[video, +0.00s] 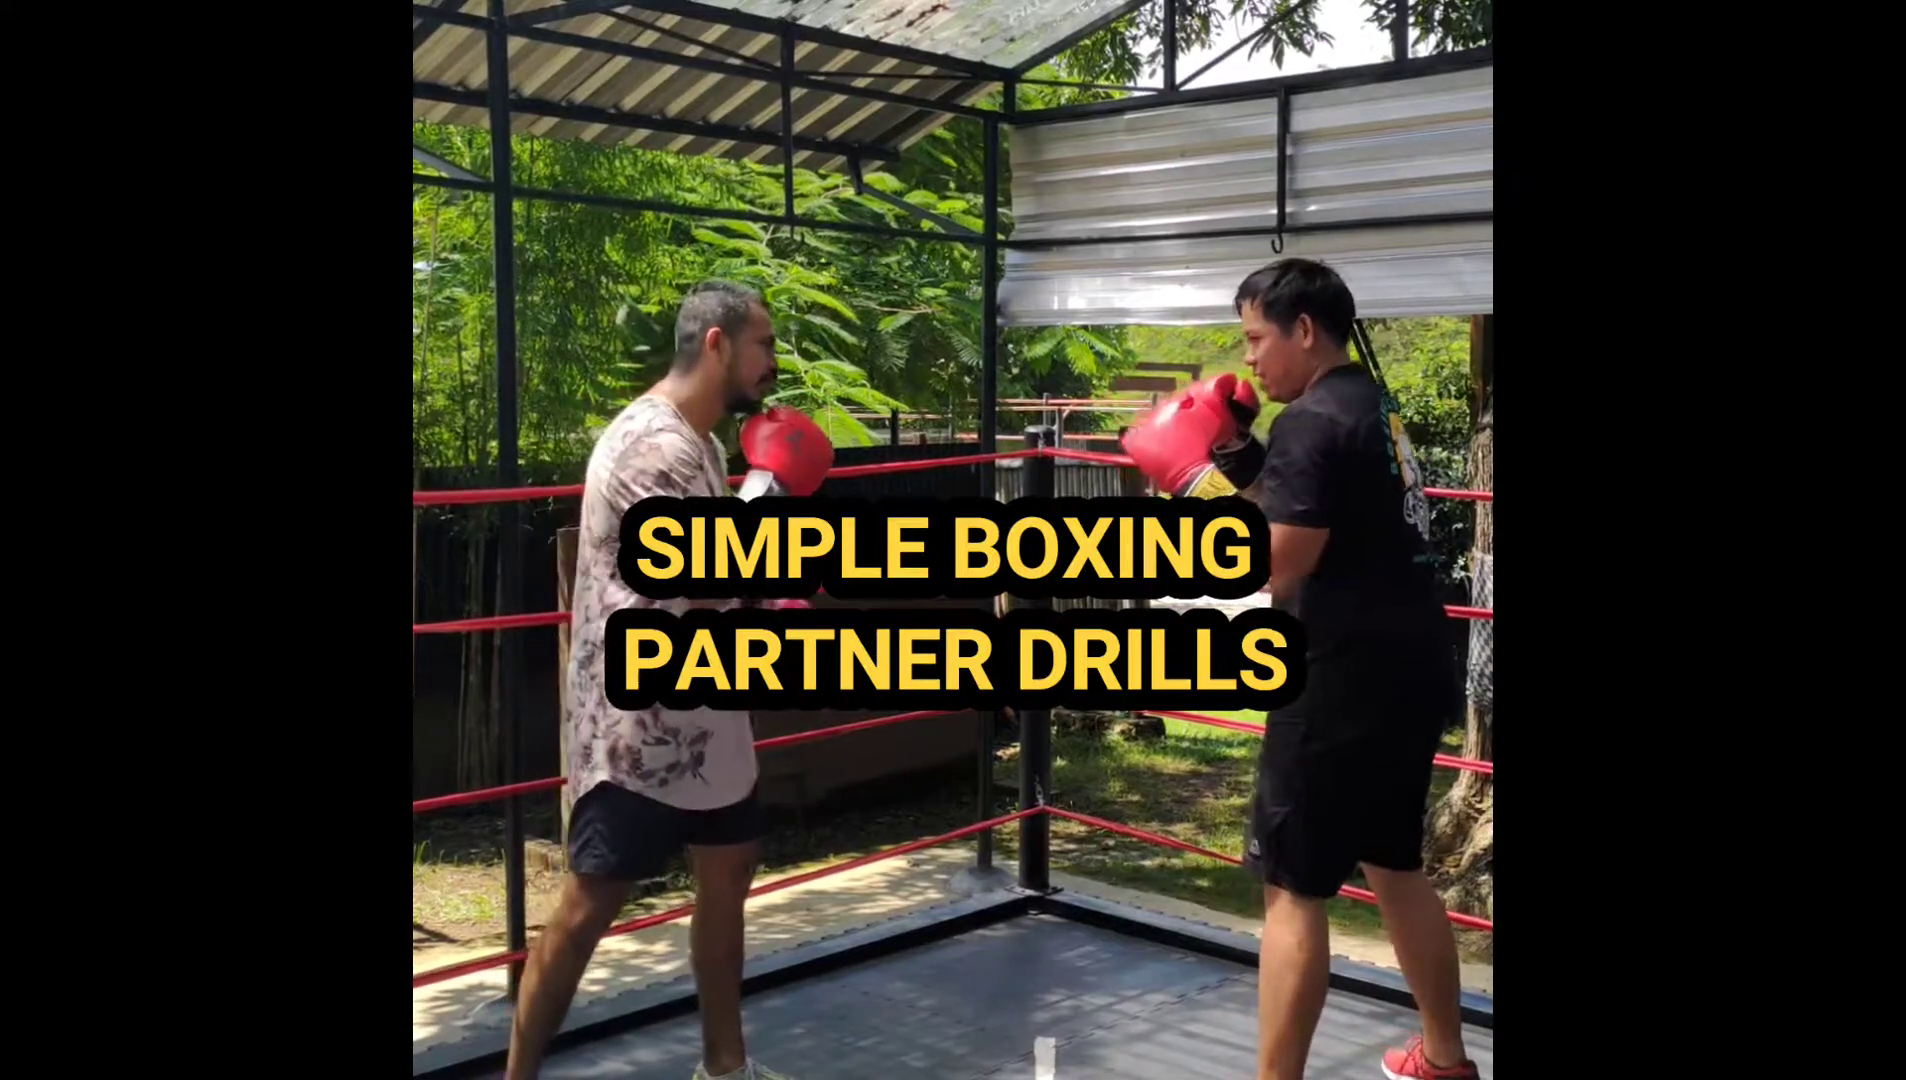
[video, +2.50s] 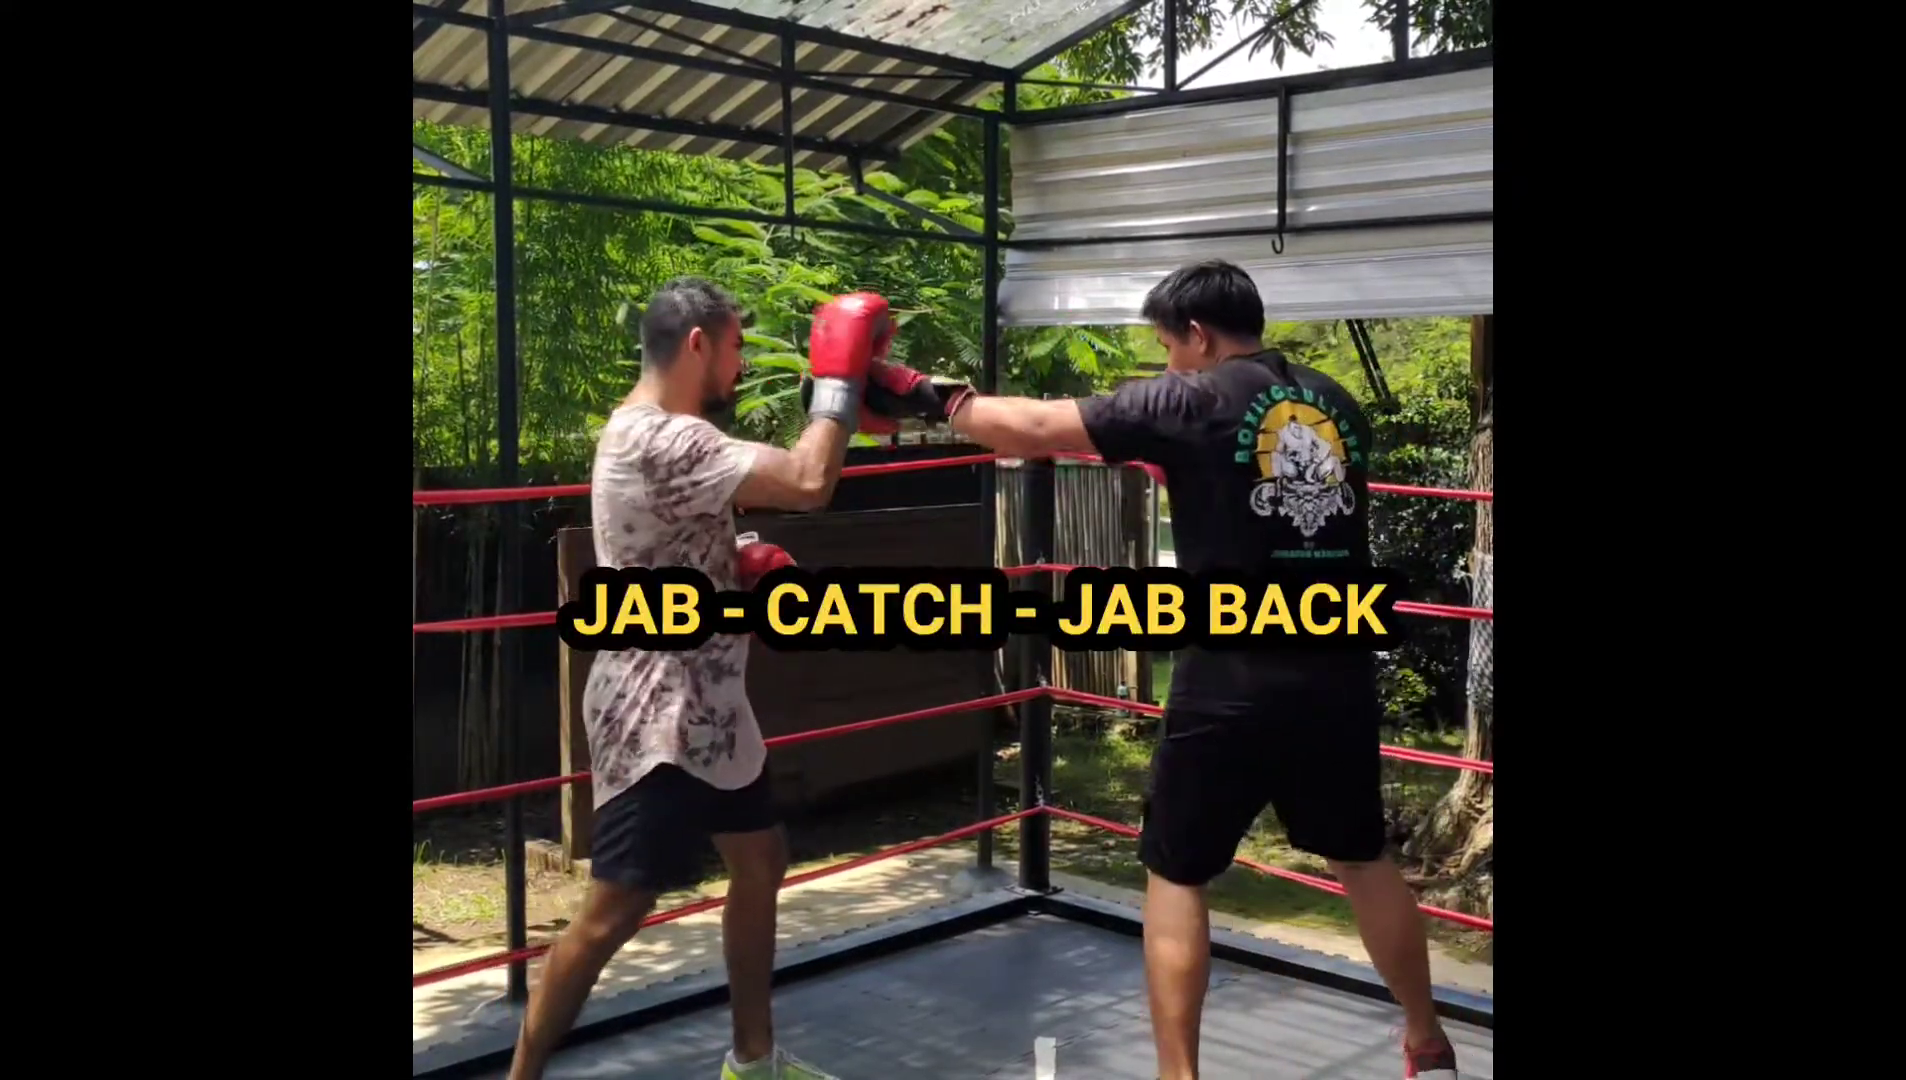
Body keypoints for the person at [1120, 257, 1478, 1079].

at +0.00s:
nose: (1249, 357)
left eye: (1256, 338)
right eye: (1246, 340)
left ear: (1307, 333)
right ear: (1320, 336)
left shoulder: (1315, 421)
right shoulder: (1361, 399)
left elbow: (1277, 570)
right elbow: (1311, 526)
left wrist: (1202, 472)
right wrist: (1237, 447)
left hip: (1339, 682)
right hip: (1406, 675)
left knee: (1294, 887)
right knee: (1396, 862)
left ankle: (1277, 1072)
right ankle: (1444, 1053)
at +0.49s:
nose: (1274, 355)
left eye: (1283, 337)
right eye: (1272, 338)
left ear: (1334, 333)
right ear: (1342, 337)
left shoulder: (1344, 419)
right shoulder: (1378, 402)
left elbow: (1276, 545)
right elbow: (1311, 513)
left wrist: (1220, 447)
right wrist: (1258, 442)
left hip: (1339, 688)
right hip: (1398, 681)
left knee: (1292, 884)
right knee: (1393, 865)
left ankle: (1276, 1072)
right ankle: (1444, 1055)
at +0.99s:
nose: (1255, 368)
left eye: (1257, 348)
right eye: (1249, 354)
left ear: (1305, 333)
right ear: (1320, 334)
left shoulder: (1327, 418)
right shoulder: (1369, 401)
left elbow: (1222, 522)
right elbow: (1267, 497)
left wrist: (1199, 420)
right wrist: (1236, 418)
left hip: (1330, 676)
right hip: (1395, 671)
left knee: (1282, 882)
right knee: (1389, 863)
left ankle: (1274, 1073)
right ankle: (1444, 1056)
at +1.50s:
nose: (1233, 362)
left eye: (1236, 345)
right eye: (1232, 346)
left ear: (1275, 340)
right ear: (1316, 336)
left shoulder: (1281, 414)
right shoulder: (1367, 397)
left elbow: (1150, 479)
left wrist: (1124, 383)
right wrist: (1219, 430)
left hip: (1339, 669)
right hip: (1425, 664)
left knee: (1281, 878)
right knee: (1393, 852)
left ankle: (1271, 1072)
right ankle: (1451, 1043)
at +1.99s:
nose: (1254, 383)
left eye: (1256, 366)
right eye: (1249, 370)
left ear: (1302, 353)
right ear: (1322, 352)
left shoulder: (1337, 431)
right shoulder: (1378, 415)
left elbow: (1272, 551)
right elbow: (1313, 531)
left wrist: (1223, 466)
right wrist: (1256, 450)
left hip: (1341, 689)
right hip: (1406, 688)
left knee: (1256, 880)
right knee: (1402, 874)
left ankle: (1223, 1072)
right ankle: (1463, 1058)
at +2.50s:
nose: (1165, 363)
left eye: (1165, 347)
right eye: (1161, 349)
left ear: (1199, 335)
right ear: (1255, 329)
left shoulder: (1191, 402)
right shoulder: (1336, 402)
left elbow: (1036, 429)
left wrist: (935, 399)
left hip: (1228, 689)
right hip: (1336, 685)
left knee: (1176, 874)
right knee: (1367, 860)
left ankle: (1178, 1071)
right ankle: (1425, 1036)